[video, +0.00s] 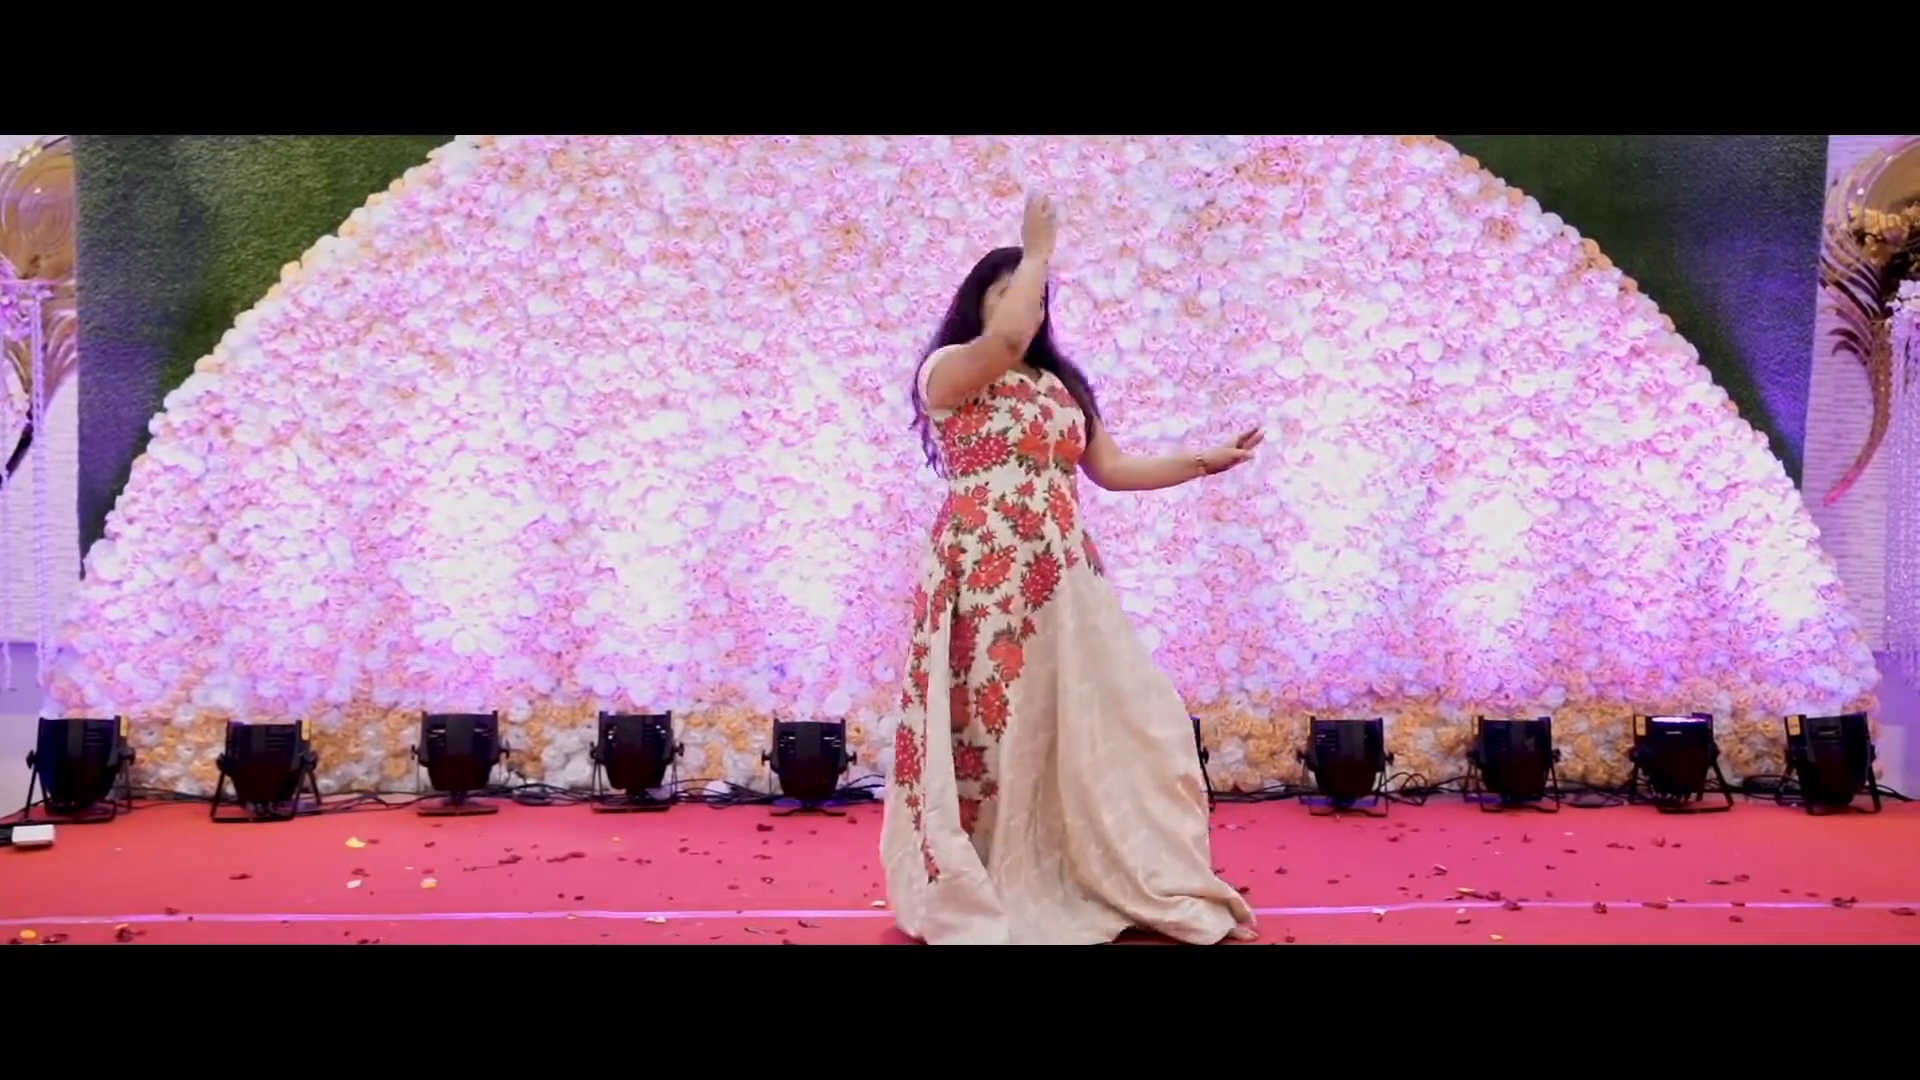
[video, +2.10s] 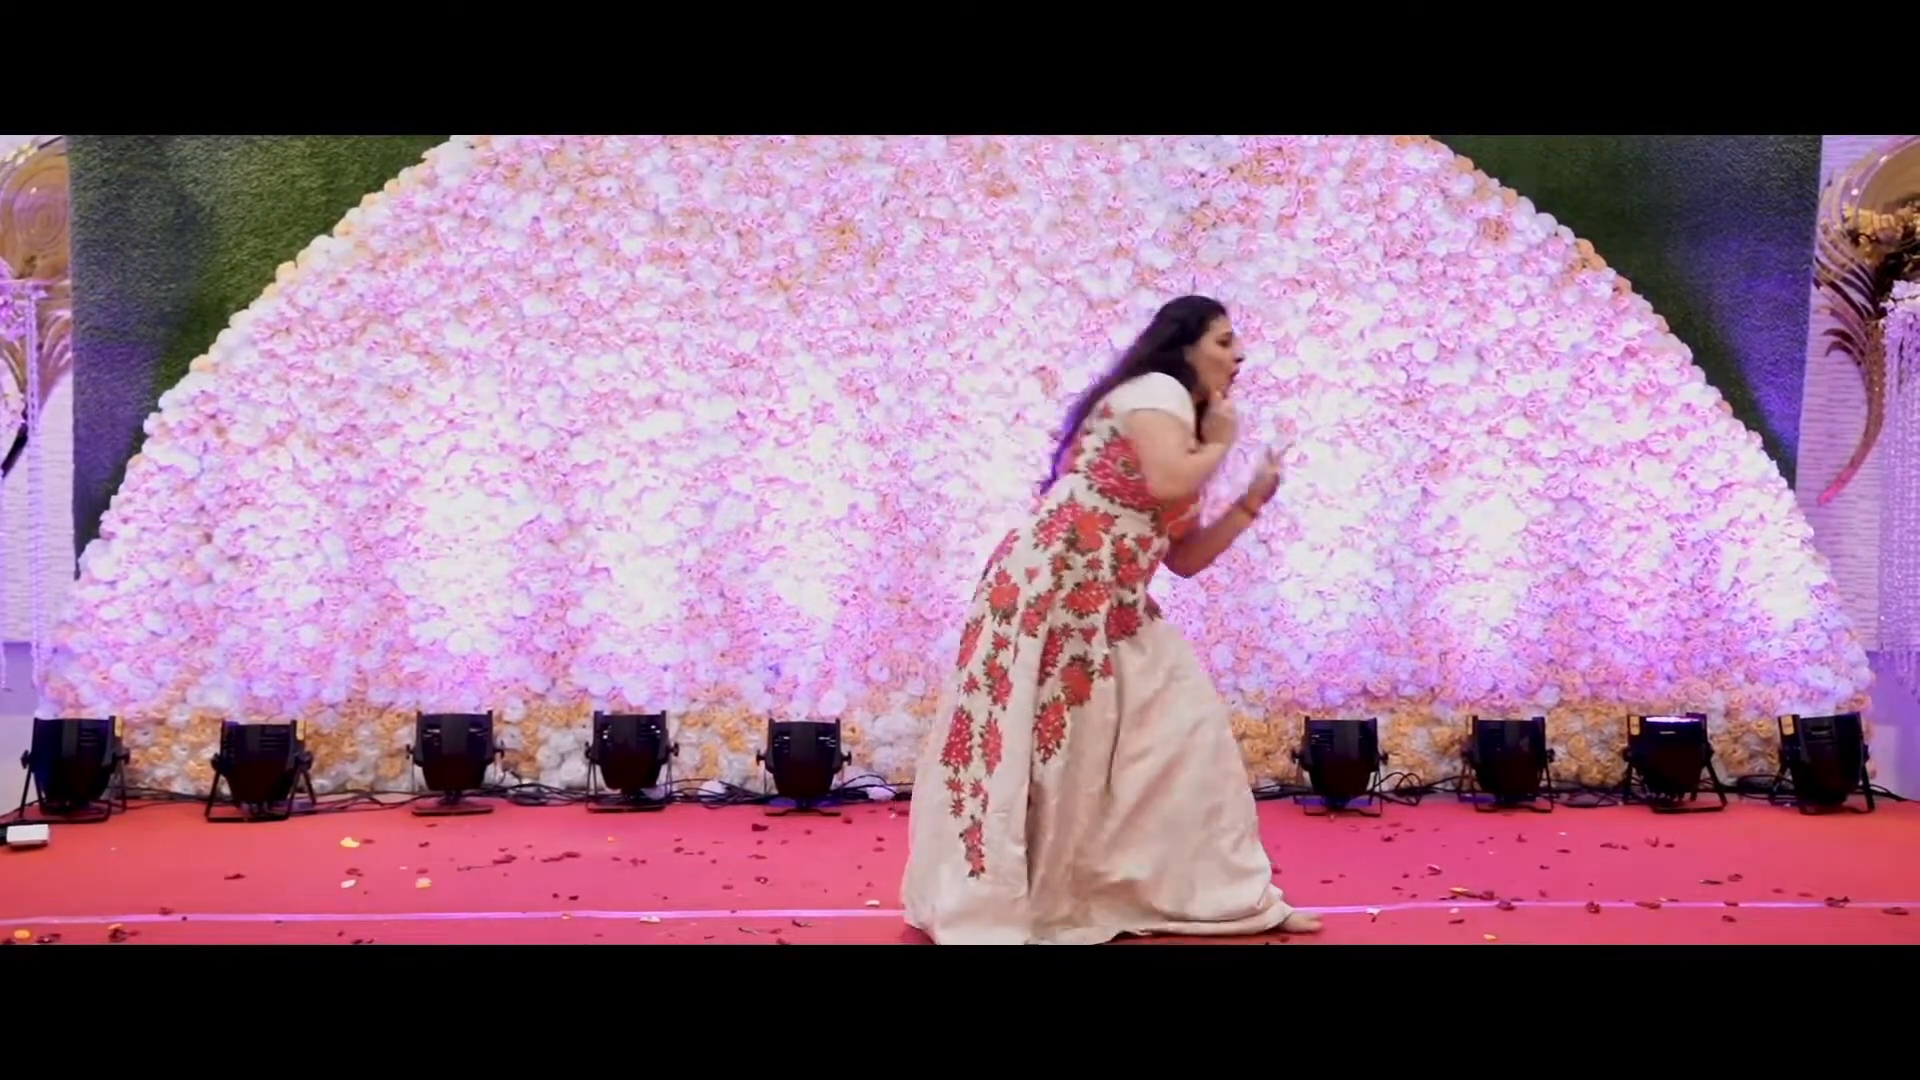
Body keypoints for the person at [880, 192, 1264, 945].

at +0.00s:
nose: (1030, 304)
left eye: (1039, 292)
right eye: (1013, 291)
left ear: (1043, 309)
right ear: (980, 301)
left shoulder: (1061, 388)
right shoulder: (944, 374)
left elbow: (1112, 469)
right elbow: (1010, 336)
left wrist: (1202, 460)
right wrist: (1033, 259)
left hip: (1065, 570)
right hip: (983, 568)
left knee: (1109, 720)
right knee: (989, 726)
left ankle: (1135, 886)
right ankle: (979, 891)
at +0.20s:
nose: (1066, 316)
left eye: (1075, 306)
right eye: (1052, 300)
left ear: (1078, 315)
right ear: (1014, 301)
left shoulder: (1082, 389)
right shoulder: (981, 374)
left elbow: (1125, 474)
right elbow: (1076, 392)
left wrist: (1206, 453)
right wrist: (1091, 297)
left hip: (1086, 580)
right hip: (1011, 579)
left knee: (1174, 719)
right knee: (1010, 734)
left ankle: (1157, 889)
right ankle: (980, 895)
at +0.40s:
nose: (1146, 328)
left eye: (1150, 318)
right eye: (1138, 312)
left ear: (1127, 318)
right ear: (1098, 299)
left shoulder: (1105, 386)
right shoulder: (1042, 353)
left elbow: (1139, 490)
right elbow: (1129, 407)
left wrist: (1215, 453)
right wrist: (1160, 342)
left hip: (1099, 574)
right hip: (1035, 571)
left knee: (1180, 714)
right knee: (1033, 726)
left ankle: (1160, 890)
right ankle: (996, 895)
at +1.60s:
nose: (1124, 395)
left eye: (1131, 386)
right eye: (1123, 382)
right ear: (1093, 353)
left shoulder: (1073, 436)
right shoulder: (1013, 368)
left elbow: (1101, 523)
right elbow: (1071, 314)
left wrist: (1124, 451)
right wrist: (1128, 368)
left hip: (1024, 591)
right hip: (954, 577)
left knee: (1079, 738)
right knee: (966, 739)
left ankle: (1163, 891)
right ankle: (975, 898)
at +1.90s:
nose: (1160, 364)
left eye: (1164, 350)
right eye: (1155, 347)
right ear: (1122, 336)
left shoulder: (1110, 434)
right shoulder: (1037, 365)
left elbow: (1153, 516)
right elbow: (1059, 364)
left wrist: (1204, 433)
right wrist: (1122, 331)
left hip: (1069, 586)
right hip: (996, 574)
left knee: (1129, 729)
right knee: (994, 737)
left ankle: (1183, 880)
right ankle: (994, 892)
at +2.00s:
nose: (1194, 356)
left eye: (1196, 343)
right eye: (1186, 340)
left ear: (1158, 346)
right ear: (1146, 336)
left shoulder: (1144, 437)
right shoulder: (1083, 373)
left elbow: (1158, 537)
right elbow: (1095, 445)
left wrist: (1211, 464)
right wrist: (1149, 388)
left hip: (1090, 597)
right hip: (1027, 585)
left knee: (1137, 736)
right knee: (1022, 741)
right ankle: (1010, 892)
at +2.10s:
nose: (1236, 356)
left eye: (1235, 344)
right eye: (1224, 343)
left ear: (1203, 352)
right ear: (1185, 348)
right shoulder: (1156, 392)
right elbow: (1168, 483)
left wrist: (1248, 505)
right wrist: (1221, 441)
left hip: (1111, 602)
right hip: (1053, 591)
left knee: (1187, 726)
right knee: (1056, 743)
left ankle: (1211, 887)